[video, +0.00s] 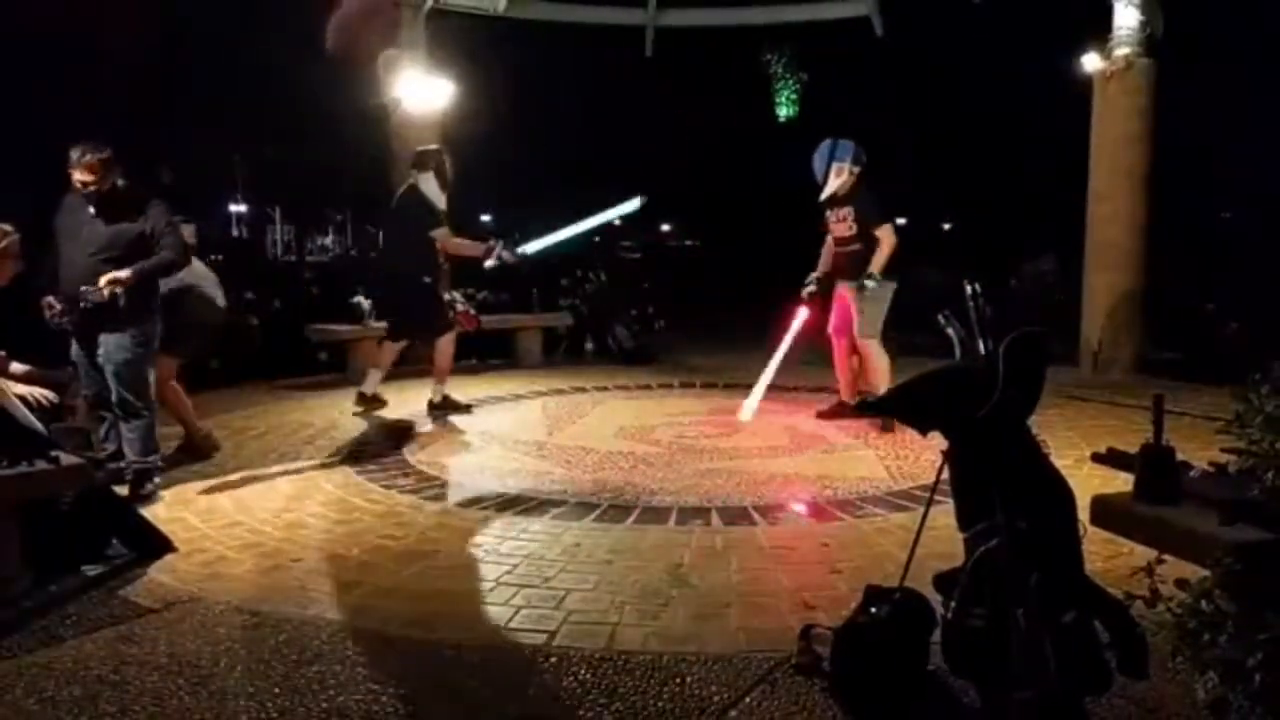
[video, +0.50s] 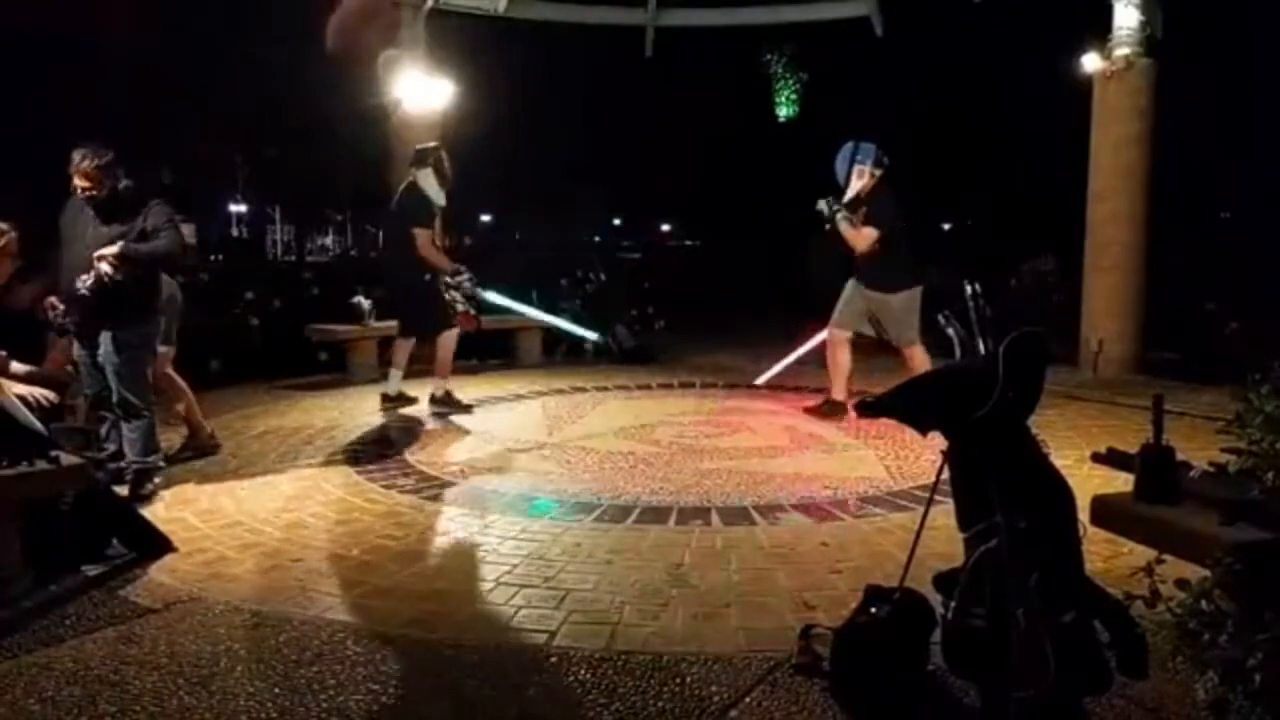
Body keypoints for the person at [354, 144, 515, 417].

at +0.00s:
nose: (450, 175)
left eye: (448, 169)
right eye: (446, 169)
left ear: (419, 168)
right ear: (435, 169)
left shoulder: (408, 195)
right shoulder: (422, 197)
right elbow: (446, 242)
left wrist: (482, 248)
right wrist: (486, 249)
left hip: (397, 277)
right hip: (415, 279)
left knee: (399, 332)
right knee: (446, 329)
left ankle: (368, 390)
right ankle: (439, 396)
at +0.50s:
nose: (448, 174)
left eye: (447, 168)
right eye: (444, 168)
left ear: (418, 168)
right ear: (432, 168)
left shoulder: (408, 193)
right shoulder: (421, 197)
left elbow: (420, 244)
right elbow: (424, 246)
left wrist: (446, 264)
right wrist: (453, 269)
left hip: (403, 274)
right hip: (417, 275)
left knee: (408, 329)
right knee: (449, 328)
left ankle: (392, 390)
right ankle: (441, 391)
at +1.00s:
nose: (476, 182)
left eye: (474, 176)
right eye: (472, 176)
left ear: (447, 175)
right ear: (461, 176)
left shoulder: (438, 200)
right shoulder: (444, 205)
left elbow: (457, 252)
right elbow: (457, 255)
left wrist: (488, 264)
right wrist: (490, 265)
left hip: (421, 277)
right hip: (432, 279)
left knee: (425, 329)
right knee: (471, 327)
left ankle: (396, 384)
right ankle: (473, 391)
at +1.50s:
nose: (451, 185)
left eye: (451, 179)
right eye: (447, 179)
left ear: (432, 180)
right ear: (435, 181)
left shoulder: (432, 208)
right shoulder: (415, 212)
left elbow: (431, 249)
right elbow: (415, 260)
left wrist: (446, 274)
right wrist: (440, 286)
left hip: (418, 277)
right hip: (410, 280)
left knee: (401, 334)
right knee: (447, 327)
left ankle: (369, 386)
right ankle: (467, 389)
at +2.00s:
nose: (439, 176)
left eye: (438, 170)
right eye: (434, 170)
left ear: (417, 173)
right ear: (421, 172)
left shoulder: (419, 199)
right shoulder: (402, 199)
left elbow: (426, 232)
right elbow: (419, 233)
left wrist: (448, 225)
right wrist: (448, 227)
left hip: (400, 280)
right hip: (400, 281)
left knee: (392, 332)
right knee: (442, 322)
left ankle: (365, 387)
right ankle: (449, 389)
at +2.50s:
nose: (446, 193)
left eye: (445, 187)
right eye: (443, 187)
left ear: (418, 182)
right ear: (431, 184)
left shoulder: (402, 207)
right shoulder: (417, 211)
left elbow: (437, 245)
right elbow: (454, 248)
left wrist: (484, 243)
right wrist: (491, 242)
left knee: (391, 334)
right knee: (447, 326)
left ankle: (355, 387)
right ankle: (458, 392)